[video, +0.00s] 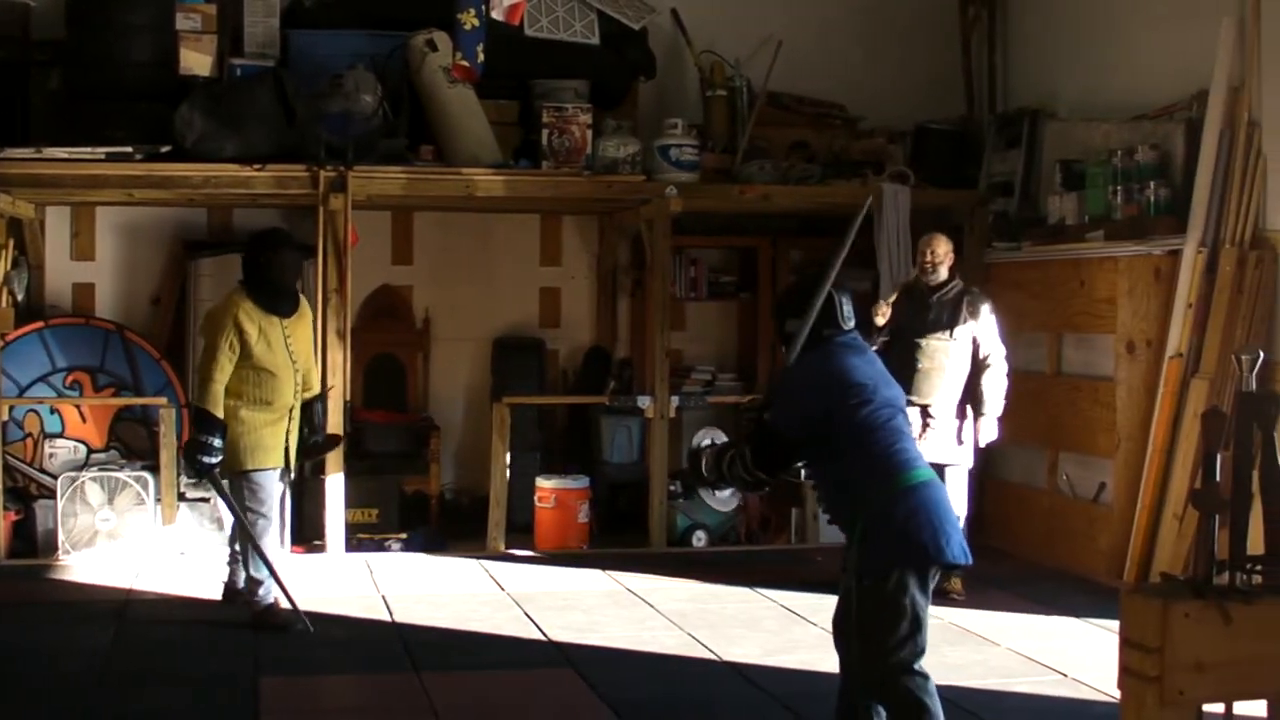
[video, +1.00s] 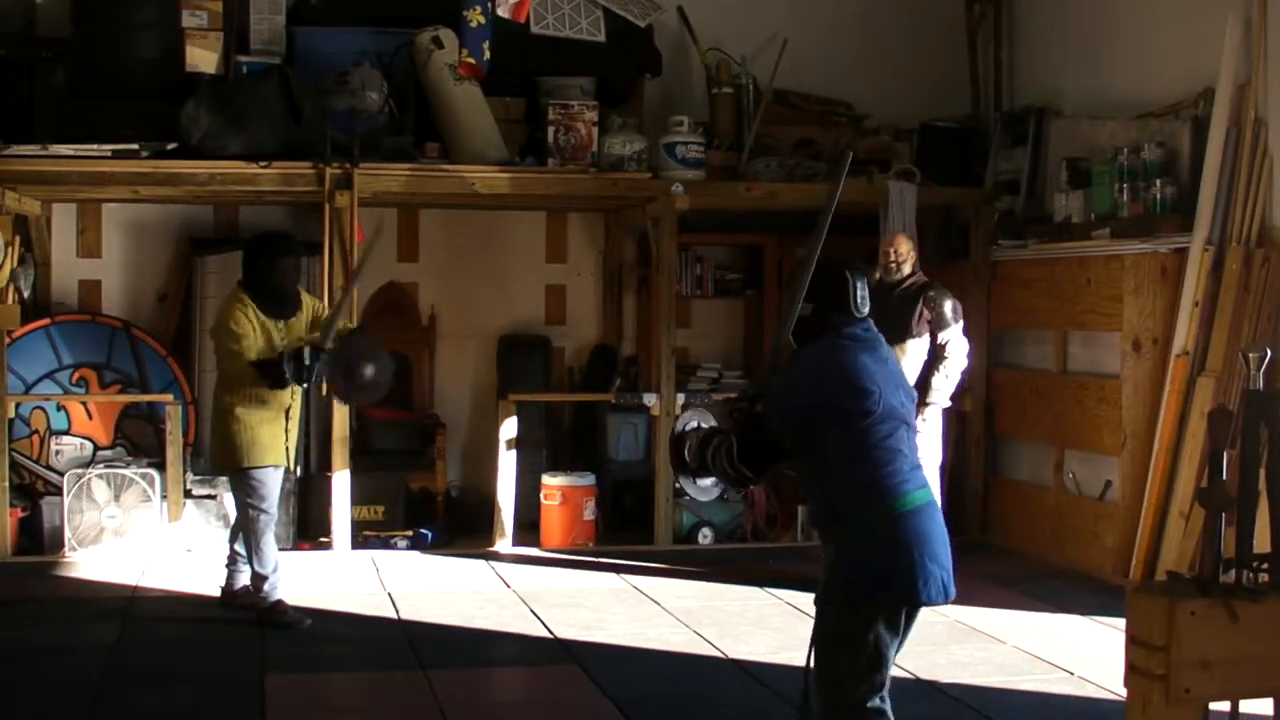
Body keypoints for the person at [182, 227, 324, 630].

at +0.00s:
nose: (296, 274)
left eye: (297, 266)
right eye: (287, 266)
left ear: (298, 268)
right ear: (263, 268)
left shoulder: (301, 310)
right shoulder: (232, 313)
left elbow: (308, 369)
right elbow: (212, 378)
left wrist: (315, 424)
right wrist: (206, 438)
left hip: (285, 429)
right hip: (248, 431)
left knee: (262, 512)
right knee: (263, 514)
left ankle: (239, 587)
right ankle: (262, 598)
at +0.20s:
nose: (286, 273)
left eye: (287, 264)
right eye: (277, 265)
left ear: (288, 267)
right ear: (253, 268)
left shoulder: (292, 309)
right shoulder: (229, 314)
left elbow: (303, 365)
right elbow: (219, 381)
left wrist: (311, 416)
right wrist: (214, 442)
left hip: (275, 434)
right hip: (243, 435)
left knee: (247, 512)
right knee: (251, 517)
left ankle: (222, 584)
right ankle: (250, 596)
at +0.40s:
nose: (287, 276)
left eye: (289, 267)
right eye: (278, 268)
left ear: (290, 268)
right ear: (254, 270)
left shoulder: (295, 310)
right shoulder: (232, 314)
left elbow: (320, 357)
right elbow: (234, 378)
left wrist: (328, 416)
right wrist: (249, 436)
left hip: (274, 427)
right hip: (238, 426)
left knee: (249, 505)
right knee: (252, 507)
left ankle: (224, 583)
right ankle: (257, 597)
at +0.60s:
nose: (298, 277)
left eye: (301, 269)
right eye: (290, 269)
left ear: (302, 270)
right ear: (265, 271)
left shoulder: (304, 304)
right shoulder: (242, 312)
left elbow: (343, 331)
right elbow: (255, 358)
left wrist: (362, 371)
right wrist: (282, 388)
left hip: (282, 421)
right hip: (248, 424)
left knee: (259, 506)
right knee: (262, 509)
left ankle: (237, 584)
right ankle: (269, 595)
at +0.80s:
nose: (296, 277)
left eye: (297, 269)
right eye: (288, 269)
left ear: (296, 271)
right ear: (264, 271)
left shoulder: (297, 303)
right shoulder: (240, 309)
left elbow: (331, 320)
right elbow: (252, 345)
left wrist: (366, 331)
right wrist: (291, 355)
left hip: (281, 428)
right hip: (247, 427)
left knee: (259, 508)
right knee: (260, 510)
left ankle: (237, 583)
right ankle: (268, 596)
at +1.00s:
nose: (295, 277)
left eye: (296, 268)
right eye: (286, 269)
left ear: (297, 268)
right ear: (261, 271)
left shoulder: (301, 303)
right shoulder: (237, 313)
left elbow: (336, 330)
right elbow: (237, 373)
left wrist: (351, 348)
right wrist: (288, 367)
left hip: (284, 425)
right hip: (248, 424)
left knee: (261, 504)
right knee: (261, 505)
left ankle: (236, 583)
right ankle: (266, 593)